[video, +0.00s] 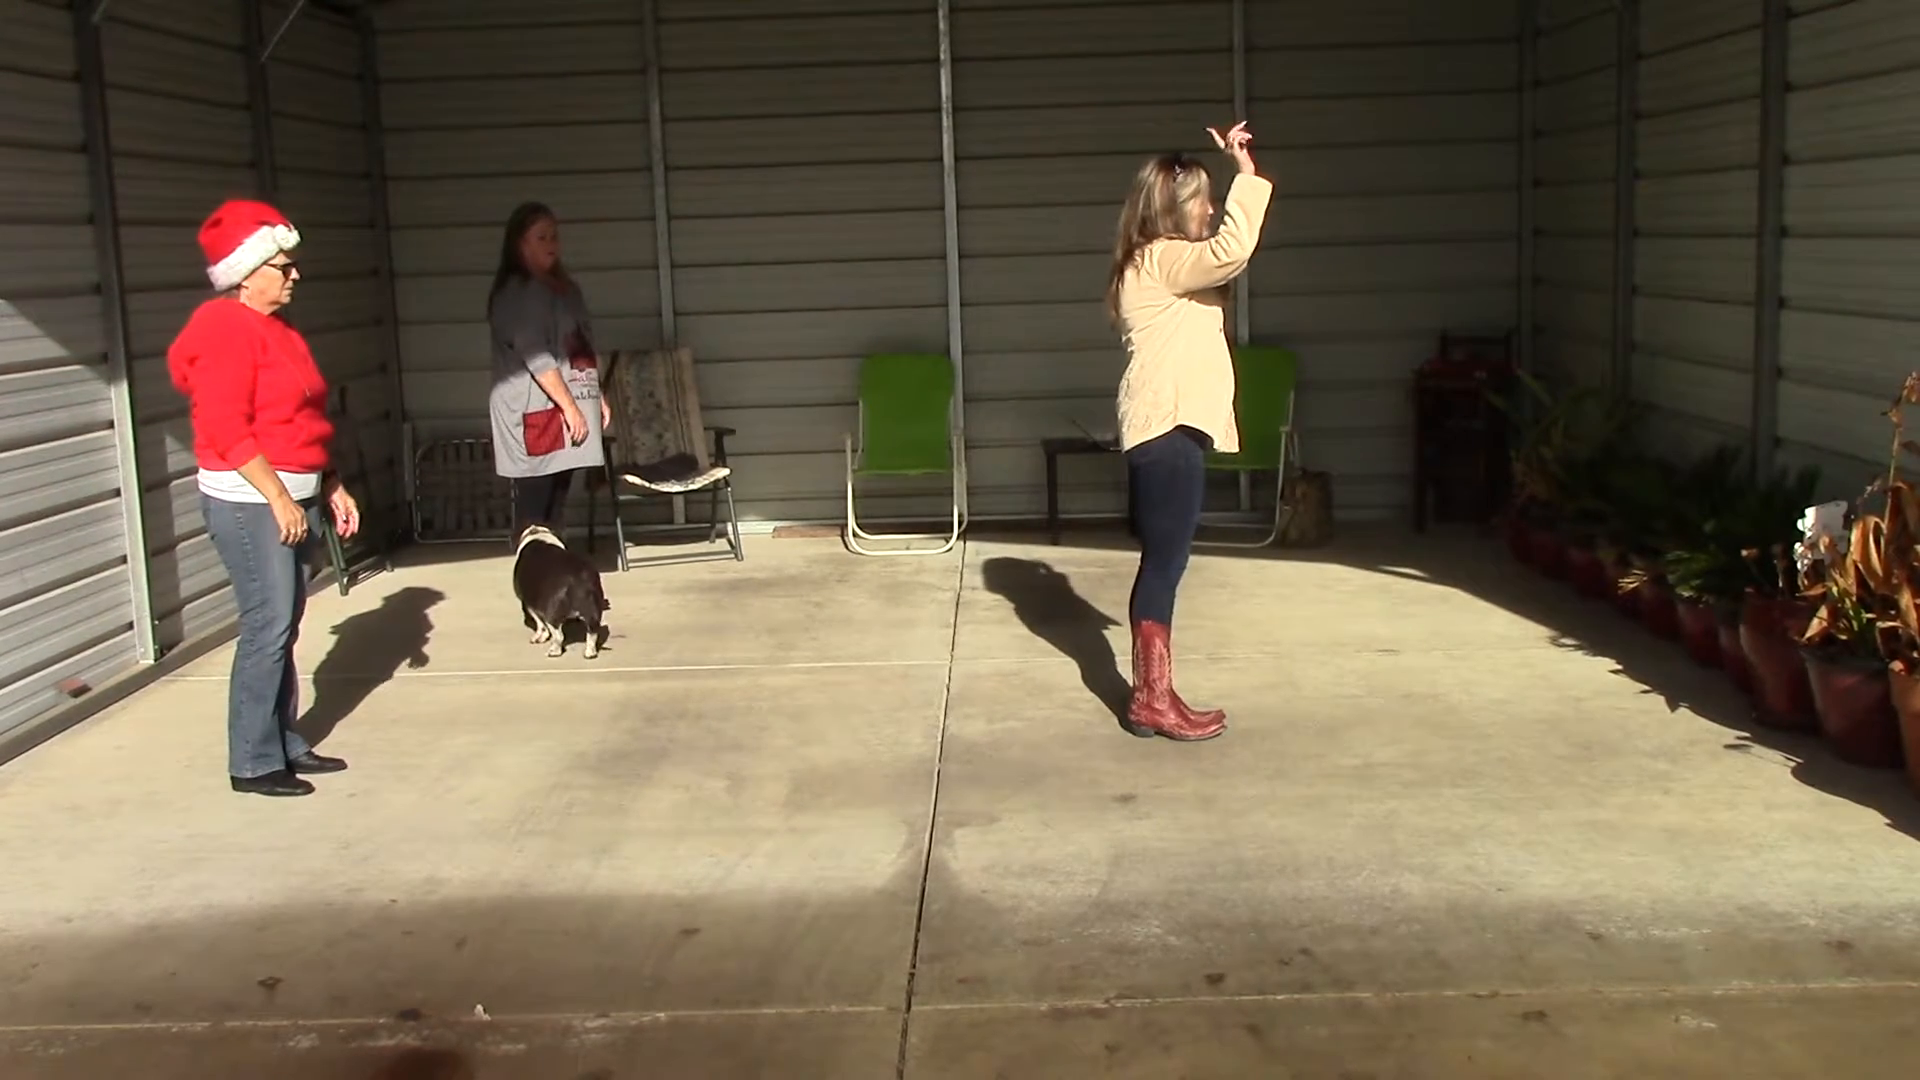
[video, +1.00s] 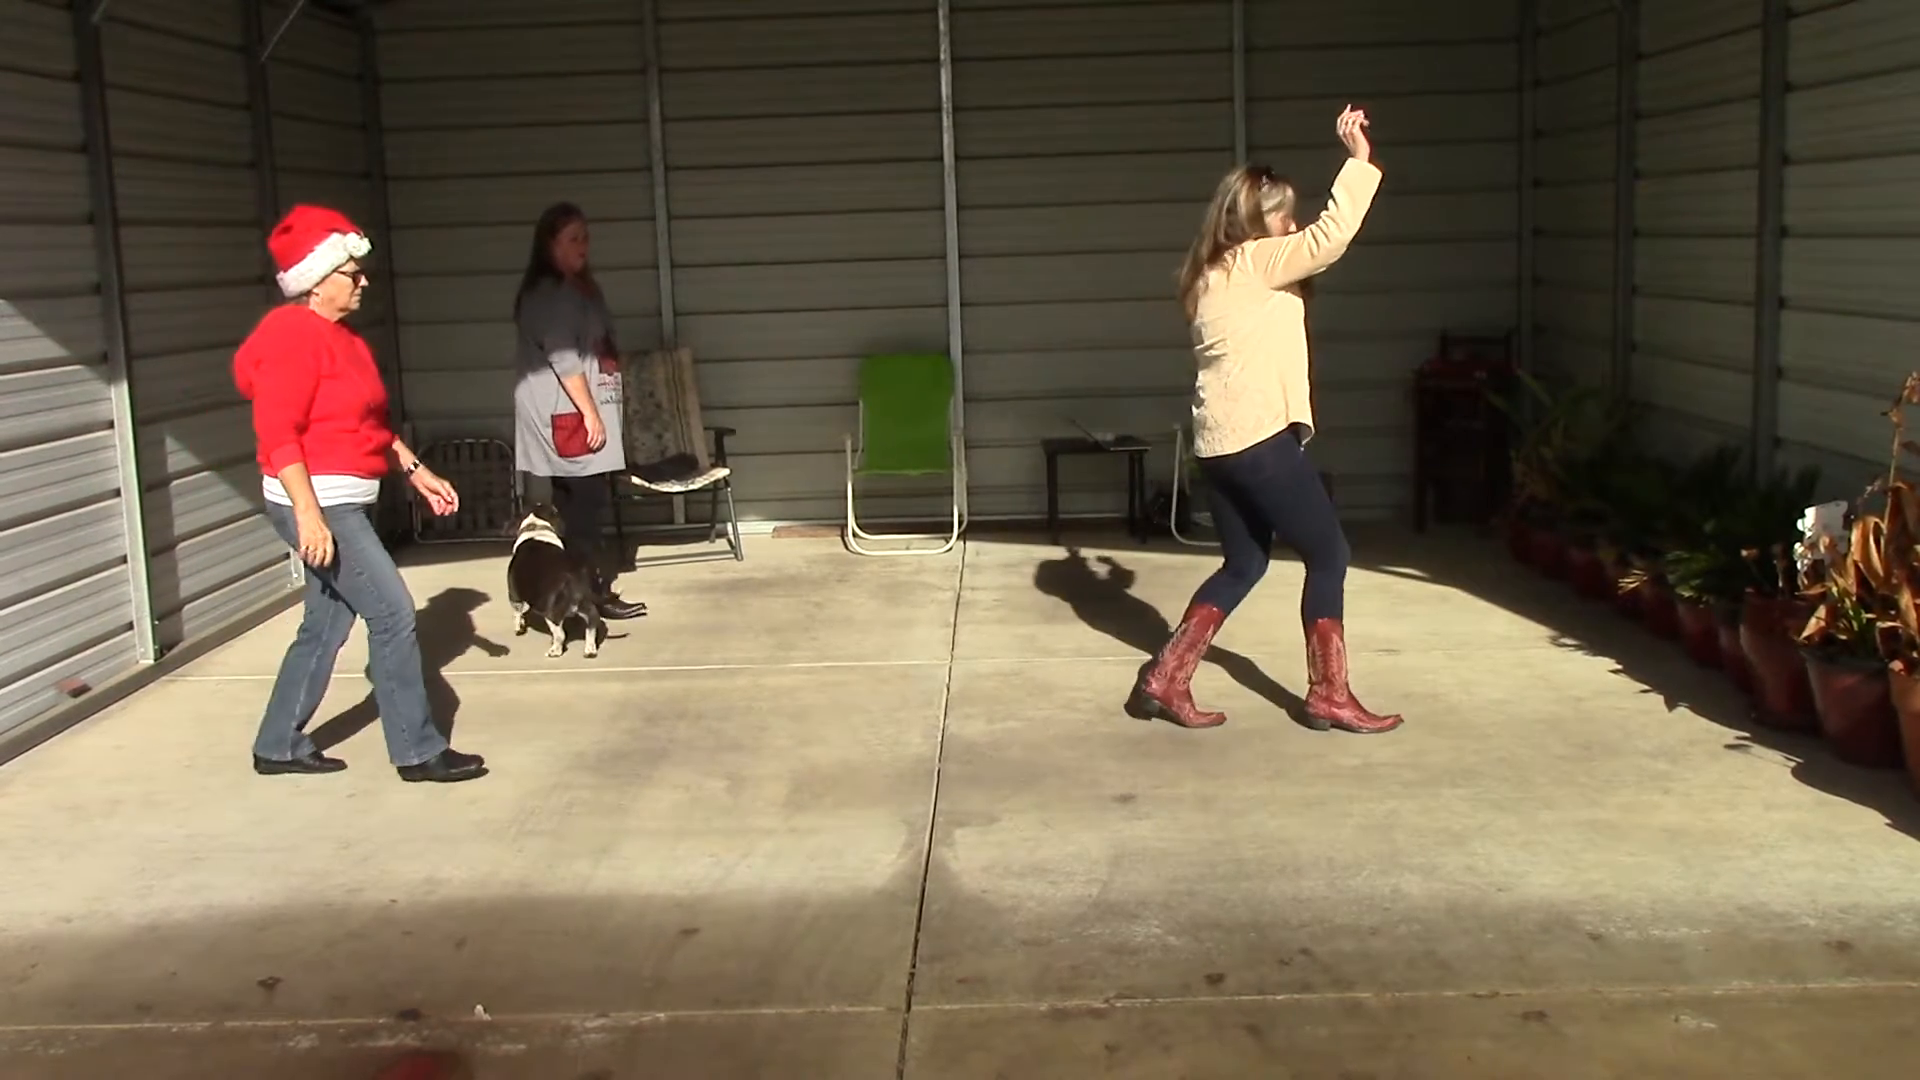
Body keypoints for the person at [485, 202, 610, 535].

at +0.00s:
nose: (552, 245)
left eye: (554, 236)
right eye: (542, 238)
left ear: (559, 240)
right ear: (520, 244)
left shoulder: (563, 287)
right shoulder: (517, 292)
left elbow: (582, 346)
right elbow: (536, 358)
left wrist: (596, 395)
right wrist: (570, 407)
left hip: (558, 409)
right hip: (528, 412)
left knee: (554, 500)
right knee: (534, 503)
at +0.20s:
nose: (553, 245)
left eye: (555, 236)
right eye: (543, 238)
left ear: (561, 240)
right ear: (521, 245)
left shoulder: (564, 287)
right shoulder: (516, 292)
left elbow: (583, 346)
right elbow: (535, 358)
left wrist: (596, 394)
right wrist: (564, 410)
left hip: (559, 406)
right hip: (528, 411)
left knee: (555, 499)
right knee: (535, 502)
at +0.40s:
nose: (556, 246)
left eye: (558, 236)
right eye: (546, 238)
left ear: (564, 240)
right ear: (523, 244)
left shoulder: (566, 287)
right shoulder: (520, 292)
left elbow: (583, 347)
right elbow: (535, 357)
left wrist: (596, 396)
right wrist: (562, 411)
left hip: (563, 401)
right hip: (530, 407)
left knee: (555, 507)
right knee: (537, 507)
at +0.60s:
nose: (561, 246)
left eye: (563, 237)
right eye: (551, 238)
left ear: (568, 240)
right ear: (528, 244)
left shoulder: (569, 287)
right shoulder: (524, 292)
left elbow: (588, 349)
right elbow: (542, 359)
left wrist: (600, 399)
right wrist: (569, 411)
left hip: (565, 409)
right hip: (534, 412)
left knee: (561, 507)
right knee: (540, 510)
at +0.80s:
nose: (570, 248)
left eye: (572, 239)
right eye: (561, 240)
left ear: (575, 241)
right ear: (537, 245)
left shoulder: (573, 288)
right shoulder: (534, 293)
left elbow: (591, 344)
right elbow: (550, 360)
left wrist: (606, 362)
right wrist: (578, 412)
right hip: (546, 406)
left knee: (576, 492)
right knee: (567, 495)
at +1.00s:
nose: (581, 247)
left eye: (584, 239)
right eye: (572, 240)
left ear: (587, 242)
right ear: (550, 245)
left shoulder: (580, 287)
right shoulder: (547, 293)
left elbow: (593, 342)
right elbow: (562, 358)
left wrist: (606, 360)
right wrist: (589, 411)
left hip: (572, 404)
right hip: (556, 408)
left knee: (576, 500)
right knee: (587, 498)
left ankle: (574, 589)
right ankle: (594, 590)